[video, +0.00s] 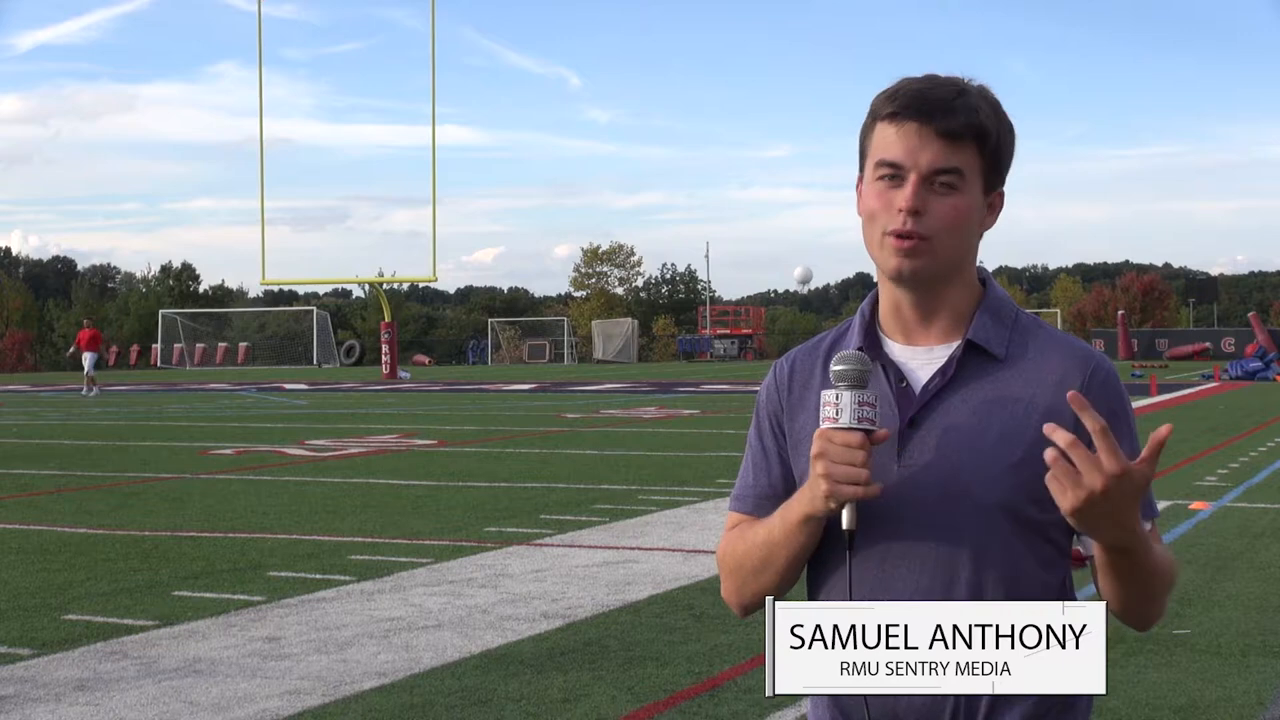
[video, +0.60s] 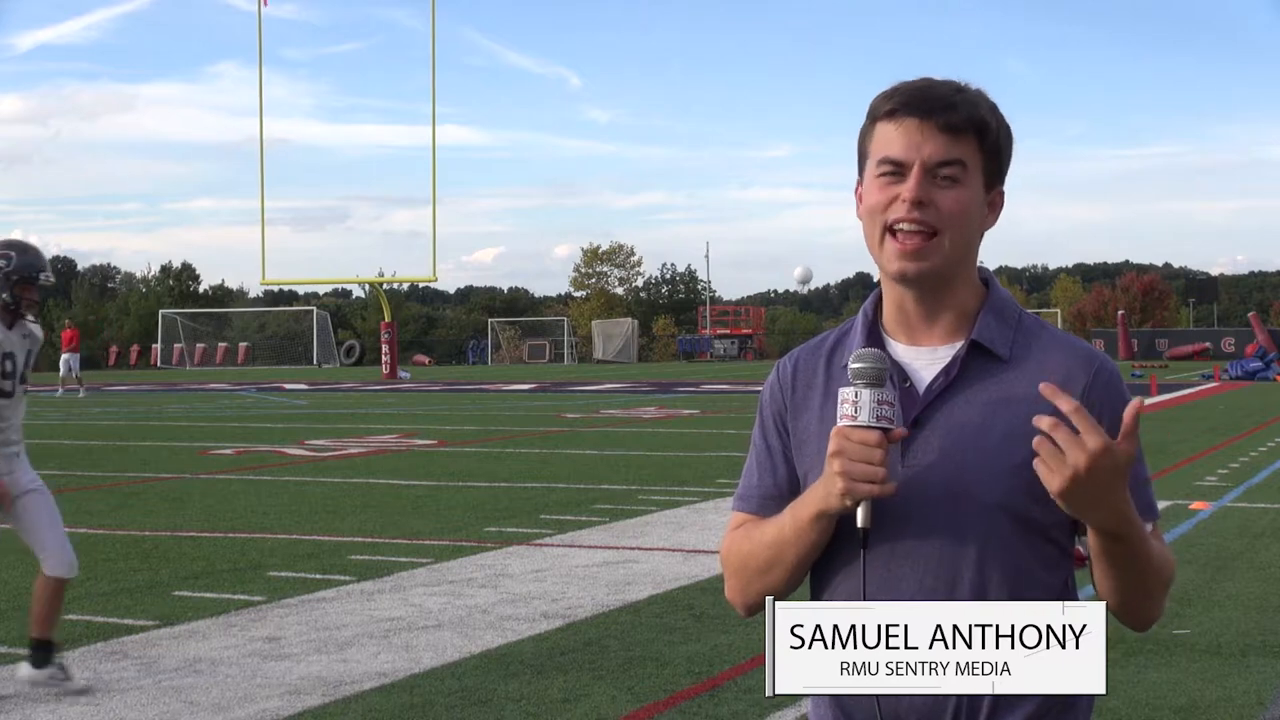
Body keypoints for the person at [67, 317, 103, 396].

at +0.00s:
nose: (86, 324)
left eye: (87, 322)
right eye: (85, 322)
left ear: (91, 323)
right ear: (83, 323)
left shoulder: (95, 332)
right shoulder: (81, 332)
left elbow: (100, 344)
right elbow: (76, 344)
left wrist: (104, 353)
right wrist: (70, 351)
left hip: (92, 353)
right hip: (84, 353)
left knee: (87, 371)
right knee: (88, 372)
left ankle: (85, 388)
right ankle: (95, 388)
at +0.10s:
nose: (83, 324)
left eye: (84, 322)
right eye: (82, 322)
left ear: (88, 323)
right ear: (81, 323)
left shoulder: (92, 332)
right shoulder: (79, 332)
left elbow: (97, 344)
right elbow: (74, 344)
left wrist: (100, 353)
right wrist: (68, 352)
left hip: (89, 353)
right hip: (81, 353)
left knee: (84, 372)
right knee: (83, 373)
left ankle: (84, 390)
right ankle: (93, 387)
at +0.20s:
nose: (80, 324)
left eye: (82, 322)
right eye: (79, 322)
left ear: (85, 323)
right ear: (78, 323)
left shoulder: (90, 331)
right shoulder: (75, 332)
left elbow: (93, 343)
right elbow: (72, 344)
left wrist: (93, 353)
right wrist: (68, 352)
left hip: (86, 352)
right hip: (78, 353)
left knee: (83, 372)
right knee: (76, 373)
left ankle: (84, 390)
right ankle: (86, 384)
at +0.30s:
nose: (77, 322)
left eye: (79, 321)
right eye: (76, 321)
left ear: (82, 321)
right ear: (75, 322)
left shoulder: (86, 330)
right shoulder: (74, 331)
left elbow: (88, 342)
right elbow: (71, 343)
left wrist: (86, 352)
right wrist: (69, 352)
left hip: (82, 352)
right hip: (74, 352)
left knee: (82, 372)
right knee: (70, 372)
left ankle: (83, 389)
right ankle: (79, 385)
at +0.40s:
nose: (75, 323)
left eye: (76, 321)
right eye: (74, 321)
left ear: (79, 322)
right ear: (72, 322)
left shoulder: (82, 331)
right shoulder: (70, 332)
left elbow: (84, 342)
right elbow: (70, 342)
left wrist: (79, 349)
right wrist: (69, 349)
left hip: (81, 352)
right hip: (72, 352)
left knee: (81, 372)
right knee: (68, 371)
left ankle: (83, 389)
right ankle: (70, 388)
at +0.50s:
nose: (71, 324)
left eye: (72, 322)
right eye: (70, 322)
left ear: (76, 322)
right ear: (69, 323)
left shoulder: (79, 331)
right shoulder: (67, 332)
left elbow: (79, 343)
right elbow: (67, 342)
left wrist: (69, 349)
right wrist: (66, 350)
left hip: (78, 353)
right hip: (69, 353)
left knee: (79, 373)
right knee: (66, 372)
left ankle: (82, 390)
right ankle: (62, 389)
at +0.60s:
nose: (67, 324)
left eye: (69, 323)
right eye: (66, 323)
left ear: (72, 323)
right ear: (65, 324)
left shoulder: (75, 331)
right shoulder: (63, 332)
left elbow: (75, 343)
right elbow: (63, 343)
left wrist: (66, 349)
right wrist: (63, 350)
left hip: (74, 353)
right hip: (65, 354)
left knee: (76, 373)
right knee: (62, 373)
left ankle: (82, 389)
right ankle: (61, 389)